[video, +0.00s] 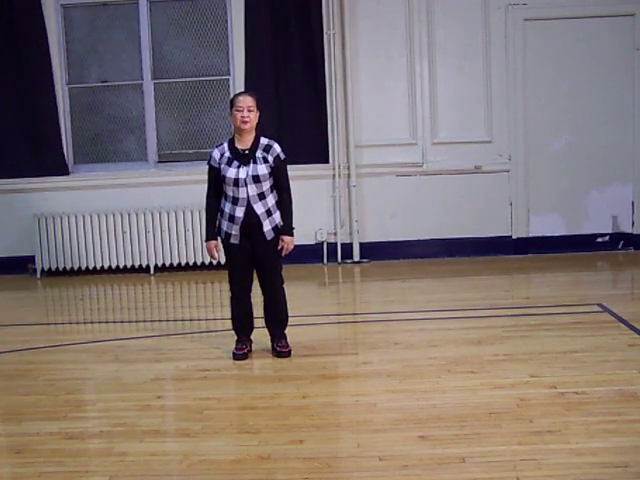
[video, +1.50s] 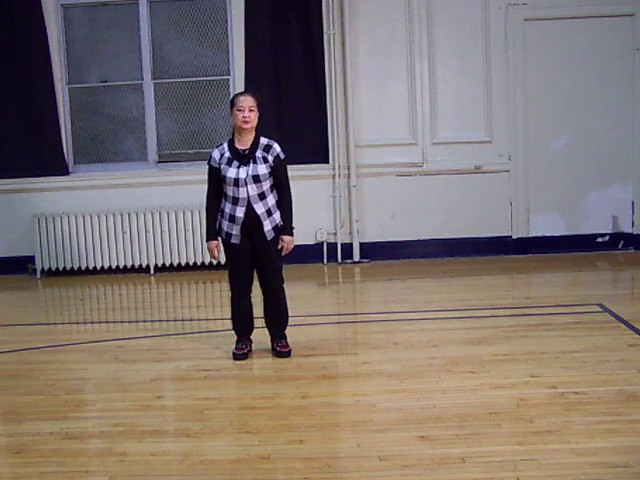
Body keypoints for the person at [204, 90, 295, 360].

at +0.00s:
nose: (244, 115)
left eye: (249, 110)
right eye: (239, 110)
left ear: (258, 115)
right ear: (231, 115)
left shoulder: (271, 150)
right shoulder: (219, 154)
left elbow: (284, 192)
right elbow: (213, 197)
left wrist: (287, 230)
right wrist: (211, 234)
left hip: (267, 230)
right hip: (234, 232)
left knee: (273, 285)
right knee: (239, 288)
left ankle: (279, 335)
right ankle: (243, 338)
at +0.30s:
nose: (244, 114)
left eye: (249, 110)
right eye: (238, 110)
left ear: (257, 115)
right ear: (231, 115)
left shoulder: (271, 149)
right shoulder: (219, 155)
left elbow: (284, 192)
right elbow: (213, 197)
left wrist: (287, 230)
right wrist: (212, 235)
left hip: (267, 230)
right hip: (234, 233)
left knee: (273, 285)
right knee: (239, 288)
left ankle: (278, 335)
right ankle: (243, 338)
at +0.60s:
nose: (250, 116)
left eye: (254, 111)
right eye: (244, 111)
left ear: (259, 115)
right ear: (232, 115)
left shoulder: (271, 149)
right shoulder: (220, 155)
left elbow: (285, 192)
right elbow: (213, 198)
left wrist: (288, 229)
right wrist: (212, 235)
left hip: (269, 230)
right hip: (235, 232)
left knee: (274, 285)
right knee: (240, 288)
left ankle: (279, 335)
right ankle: (243, 338)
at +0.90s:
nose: (254, 115)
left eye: (258, 111)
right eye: (248, 110)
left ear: (261, 115)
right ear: (233, 114)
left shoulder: (271, 149)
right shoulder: (220, 155)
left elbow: (285, 191)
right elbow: (214, 197)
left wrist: (289, 228)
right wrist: (212, 235)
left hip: (269, 230)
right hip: (235, 233)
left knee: (274, 285)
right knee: (240, 288)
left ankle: (279, 335)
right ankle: (243, 338)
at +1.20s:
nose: (250, 115)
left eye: (255, 110)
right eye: (244, 110)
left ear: (260, 115)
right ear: (232, 114)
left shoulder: (271, 149)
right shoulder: (220, 154)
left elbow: (285, 191)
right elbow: (213, 197)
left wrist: (289, 229)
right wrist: (212, 235)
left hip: (269, 231)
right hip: (235, 233)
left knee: (273, 286)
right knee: (240, 289)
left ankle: (279, 335)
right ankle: (243, 338)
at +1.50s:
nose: (246, 114)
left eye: (251, 110)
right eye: (240, 110)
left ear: (258, 115)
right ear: (232, 115)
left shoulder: (271, 149)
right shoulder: (219, 155)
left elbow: (284, 192)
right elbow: (213, 198)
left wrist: (287, 230)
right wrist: (212, 235)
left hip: (268, 231)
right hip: (234, 233)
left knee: (273, 285)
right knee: (239, 288)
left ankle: (279, 335)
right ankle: (243, 338)